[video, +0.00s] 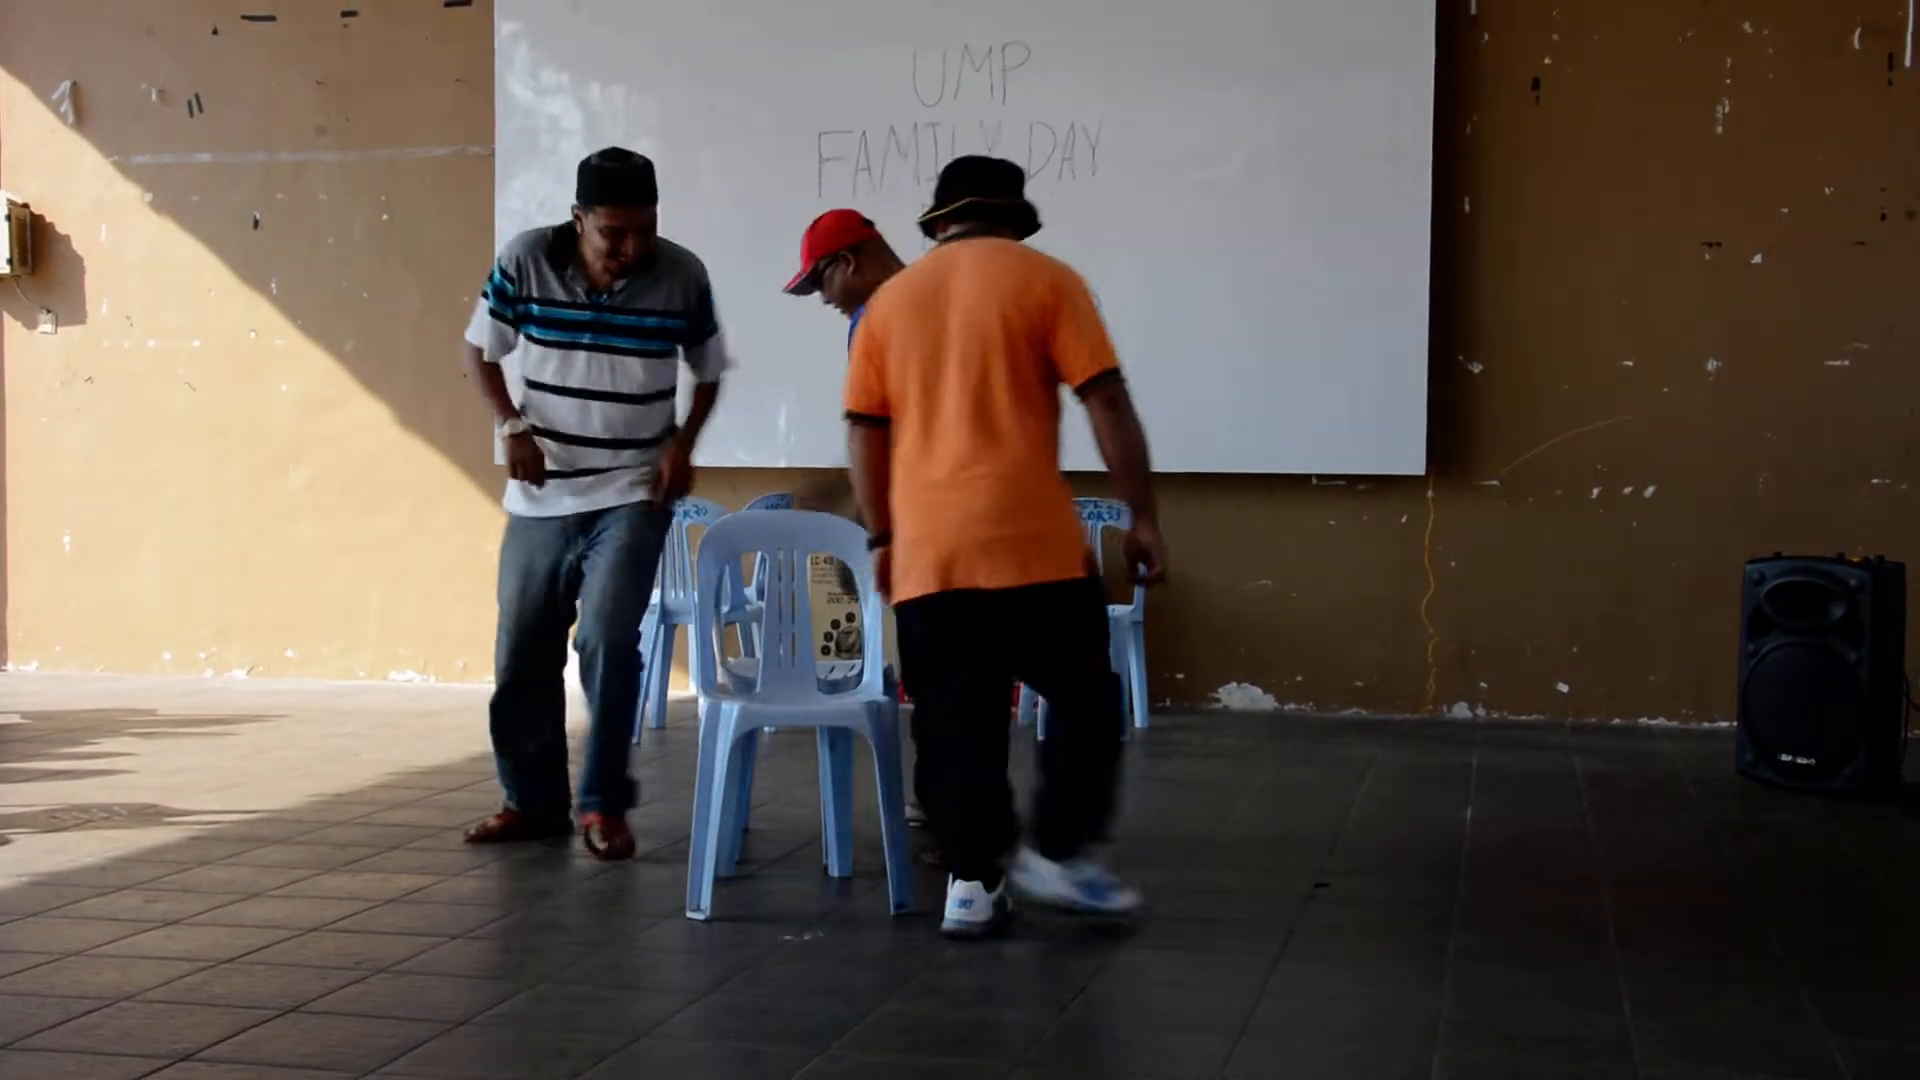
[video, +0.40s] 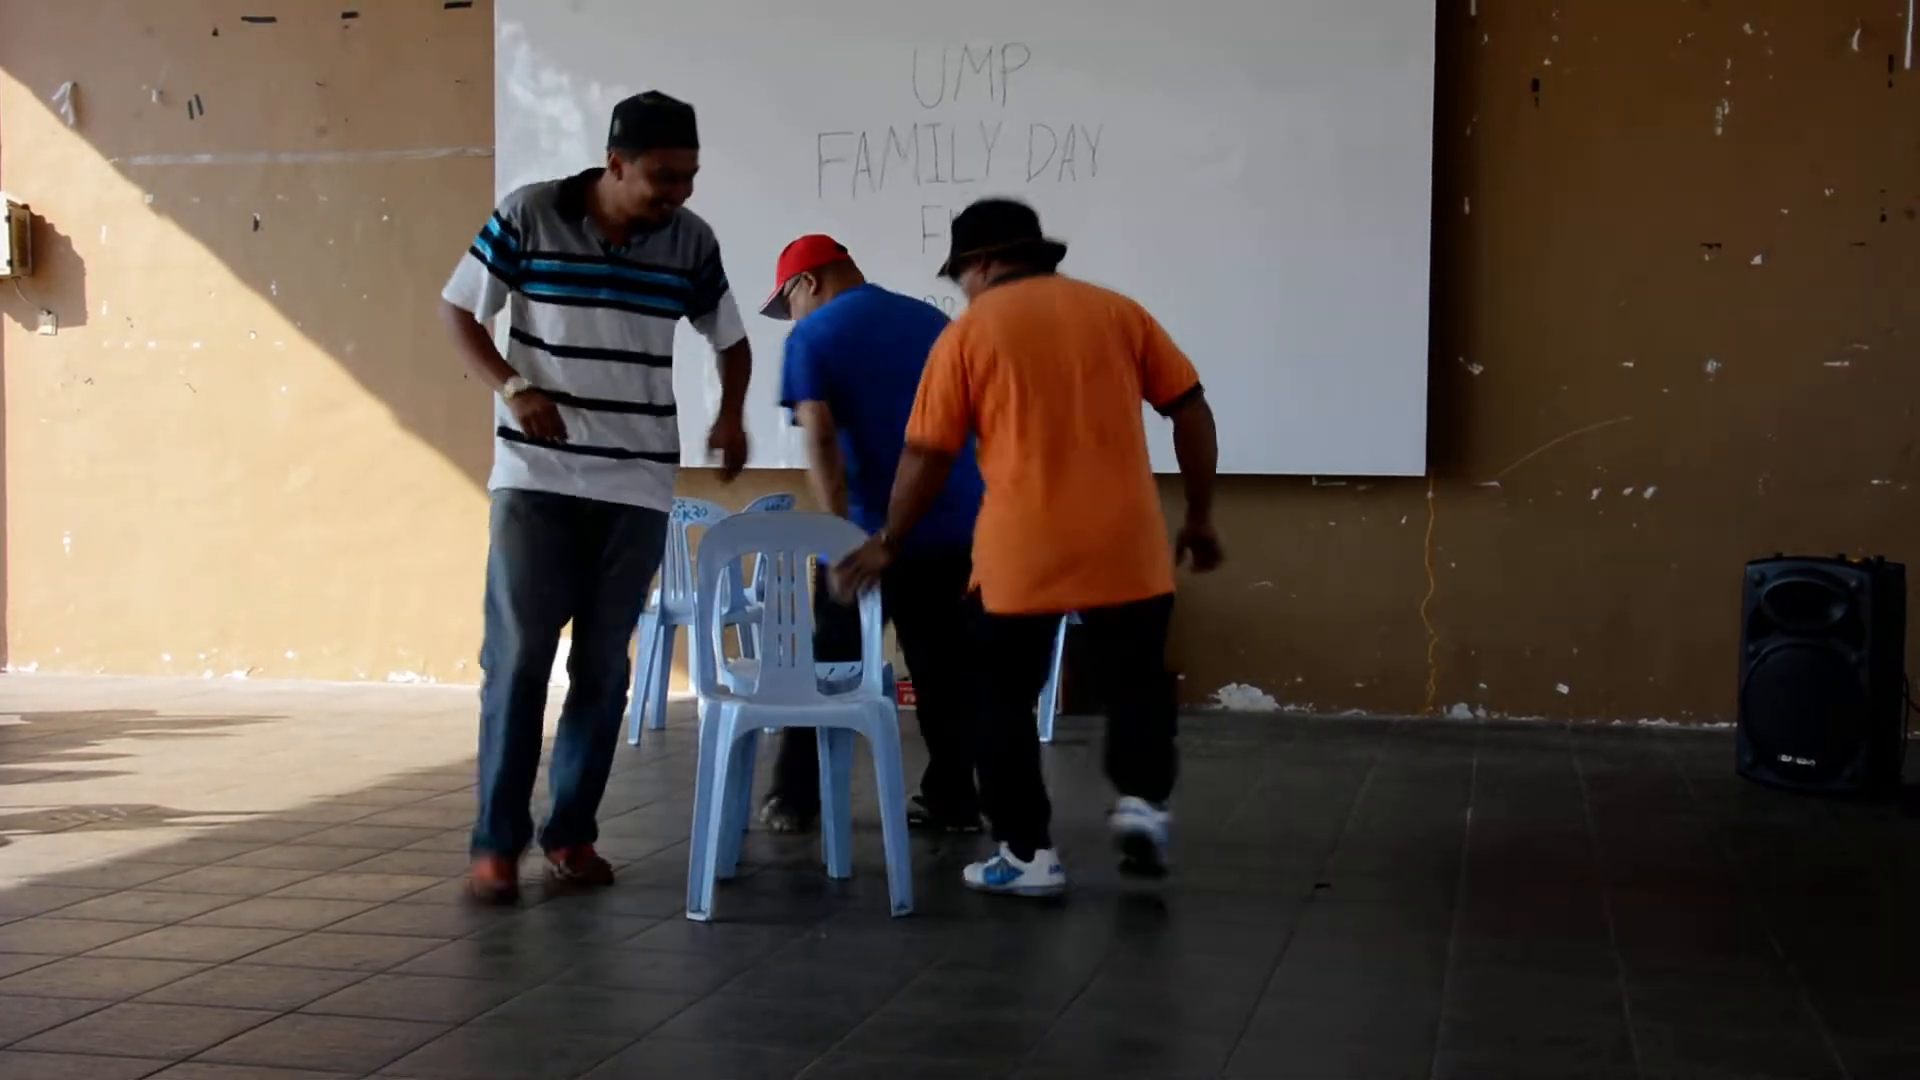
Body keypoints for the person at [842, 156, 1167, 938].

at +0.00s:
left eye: (930, 230)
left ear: (939, 223)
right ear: (1017, 219)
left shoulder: (887, 302)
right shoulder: (1046, 280)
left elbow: (866, 435)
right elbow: (1107, 402)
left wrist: (880, 535)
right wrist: (1141, 515)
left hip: (928, 553)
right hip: (1034, 543)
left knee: (954, 722)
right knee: (1087, 698)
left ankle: (970, 882)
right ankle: (1058, 855)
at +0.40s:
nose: (960, 291)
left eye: (961, 276)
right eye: (959, 277)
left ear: (982, 265)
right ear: (1041, 258)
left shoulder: (970, 333)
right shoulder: (1116, 311)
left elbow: (925, 456)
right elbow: (1192, 410)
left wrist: (888, 542)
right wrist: (1200, 518)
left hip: (1022, 549)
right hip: (1130, 542)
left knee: (999, 702)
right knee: (1139, 679)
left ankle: (1026, 852)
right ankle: (1141, 804)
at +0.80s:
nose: (1011, 285)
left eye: (1012, 268)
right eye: (1006, 271)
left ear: (1043, 256)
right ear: (1074, 251)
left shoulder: (1055, 323)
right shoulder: (1162, 307)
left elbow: (1032, 438)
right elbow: (1196, 409)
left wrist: (971, 529)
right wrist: (1140, 473)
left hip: (1085, 542)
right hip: (1178, 535)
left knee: (1046, 672)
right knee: (1177, 680)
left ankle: (1086, 817)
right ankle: (1213, 825)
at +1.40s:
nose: (1007, 293)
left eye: (1011, 279)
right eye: (1003, 282)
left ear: (1043, 271)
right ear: (1062, 269)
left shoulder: (1066, 329)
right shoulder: (1112, 316)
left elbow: (1059, 434)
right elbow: (1114, 433)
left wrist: (1021, 522)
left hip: (1077, 547)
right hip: (1123, 543)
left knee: (1032, 669)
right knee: (1091, 665)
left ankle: (1098, 807)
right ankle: (1126, 795)